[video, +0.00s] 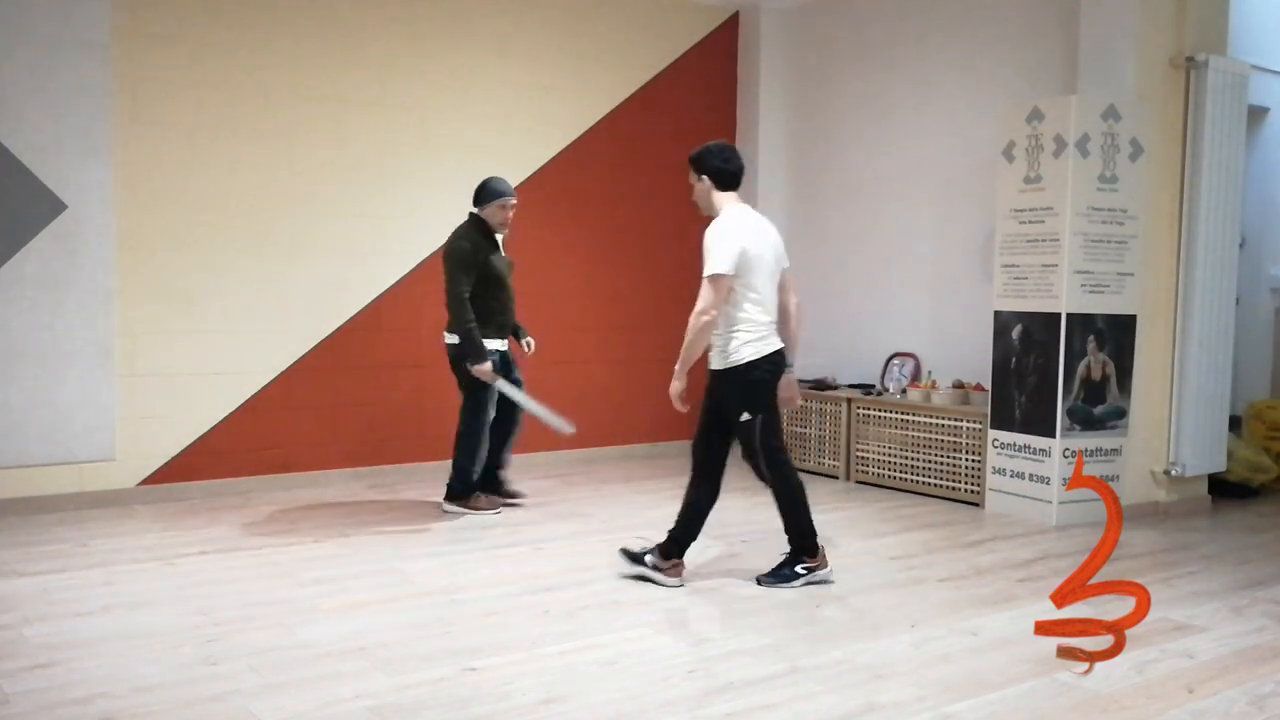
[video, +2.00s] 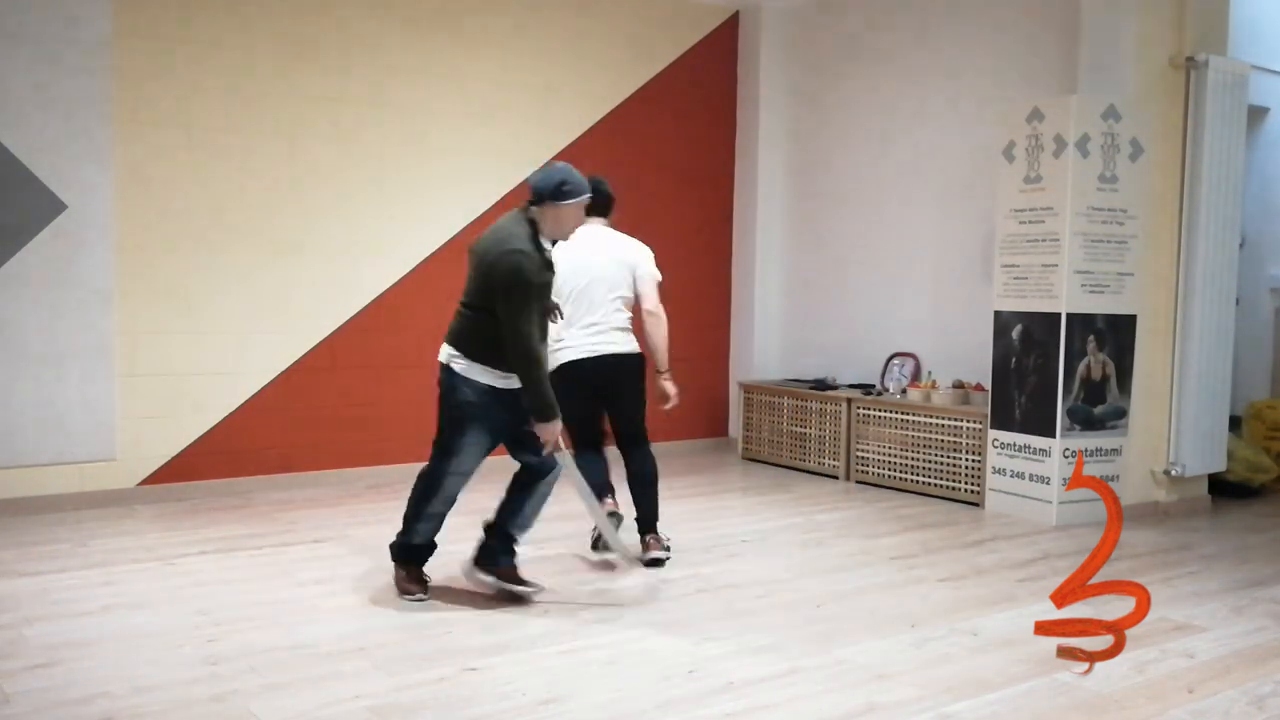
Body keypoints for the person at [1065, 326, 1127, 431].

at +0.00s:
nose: (1087, 346)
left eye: (1091, 342)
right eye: (1088, 342)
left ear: (1098, 345)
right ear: (1088, 345)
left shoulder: (1108, 364)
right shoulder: (1084, 364)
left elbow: (1113, 389)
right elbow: (1076, 390)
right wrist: (1070, 408)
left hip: (1103, 406)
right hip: (1086, 406)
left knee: (1121, 411)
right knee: (1071, 410)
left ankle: (1086, 425)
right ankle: (1101, 425)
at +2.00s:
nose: (1087, 345)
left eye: (1091, 342)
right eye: (1088, 342)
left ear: (1099, 344)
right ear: (1088, 345)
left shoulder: (1108, 364)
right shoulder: (1083, 365)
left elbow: (1113, 388)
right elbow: (1076, 390)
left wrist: (1115, 406)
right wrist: (1070, 408)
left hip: (1102, 405)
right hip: (1086, 405)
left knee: (1121, 411)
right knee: (1071, 410)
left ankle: (1086, 425)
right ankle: (1101, 425)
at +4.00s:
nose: (1088, 345)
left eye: (1091, 342)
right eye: (1088, 342)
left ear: (1098, 344)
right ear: (1087, 344)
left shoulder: (1108, 364)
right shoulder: (1084, 364)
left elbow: (1114, 392)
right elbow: (1076, 391)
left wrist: (1107, 407)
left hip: (1102, 406)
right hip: (1086, 406)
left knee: (1121, 411)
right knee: (1071, 410)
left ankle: (1086, 425)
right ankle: (1099, 425)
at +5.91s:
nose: (1088, 345)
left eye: (1091, 342)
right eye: (1088, 342)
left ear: (1099, 344)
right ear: (1087, 345)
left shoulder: (1108, 364)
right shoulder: (1084, 365)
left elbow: (1114, 391)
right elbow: (1076, 390)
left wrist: (1107, 407)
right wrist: (1070, 409)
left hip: (1103, 406)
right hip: (1086, 405)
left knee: (1121, 411)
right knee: (1071, 410)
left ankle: (1085, 425)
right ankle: (1100, 425)